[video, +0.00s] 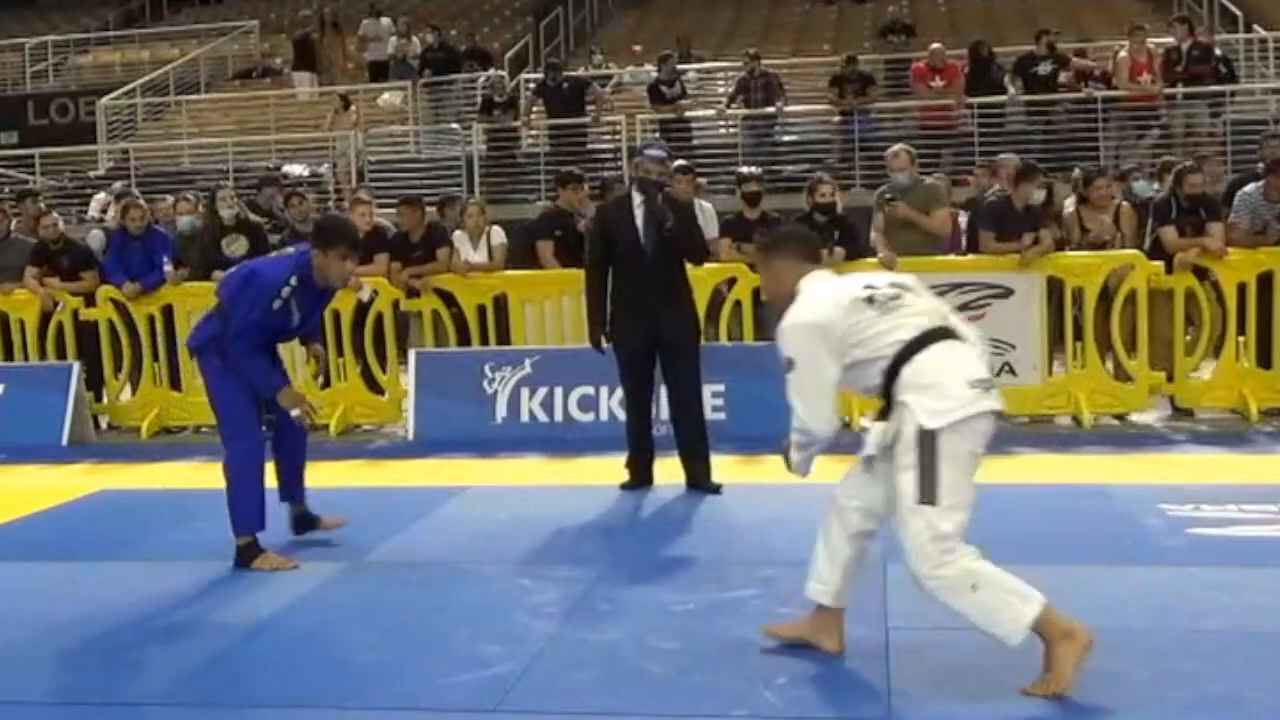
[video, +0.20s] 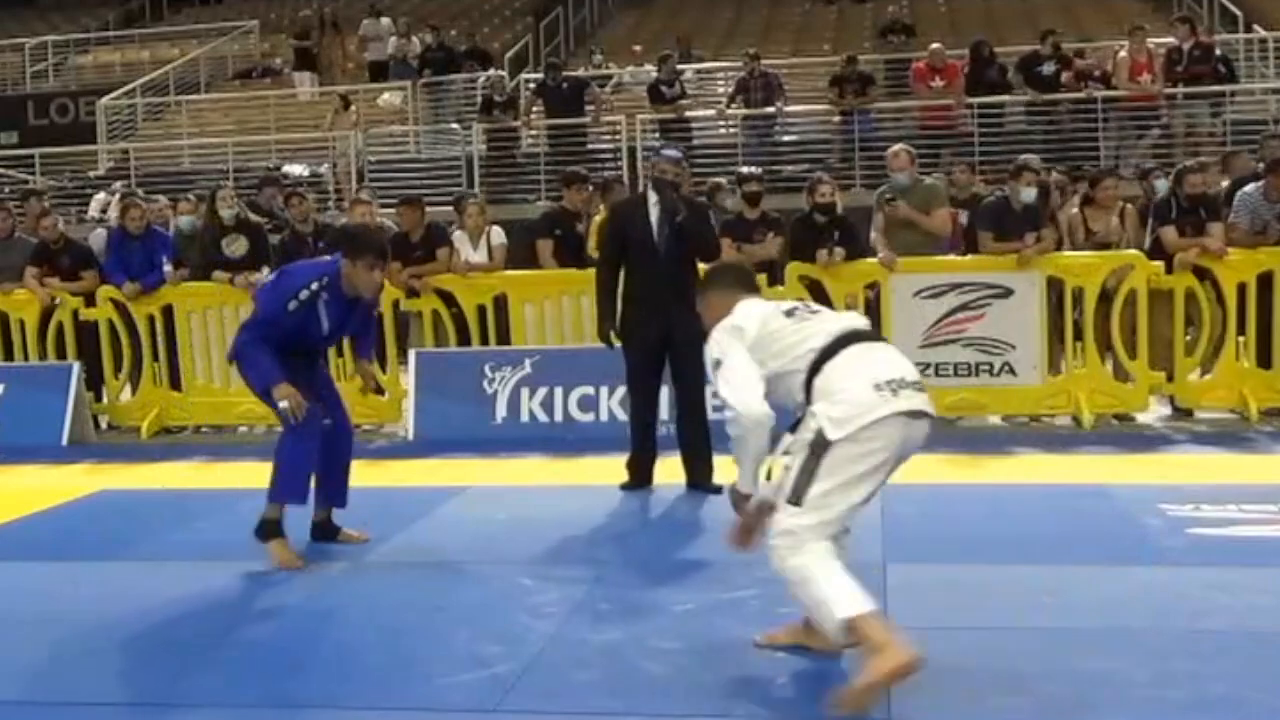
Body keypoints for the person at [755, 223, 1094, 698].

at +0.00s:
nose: (761, 288)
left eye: (762, 275)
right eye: (759, 275)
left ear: (782, 271)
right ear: (814, 262)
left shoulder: (804, 318)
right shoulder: (874, 279)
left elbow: (817, 423)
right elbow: (959, 335)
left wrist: (798, 454)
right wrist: (890, 419)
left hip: (940, 405)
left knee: (934, 555)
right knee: (852, 503)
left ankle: (1061, 633)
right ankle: (824, 619)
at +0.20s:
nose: (704, 322)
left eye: (704, 314)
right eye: (702, 314)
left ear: (713, 307)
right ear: (752, 295)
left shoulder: (726, 333)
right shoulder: (794, 313)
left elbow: (752, 411)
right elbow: (811, 422)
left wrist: (745, 488)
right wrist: (765, 502)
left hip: (856, 411)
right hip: (911, 407)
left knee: (792, 538)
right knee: (826, 522)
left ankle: (885, 647)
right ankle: (823, 627)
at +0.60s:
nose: (585, 297)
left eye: (583, 289)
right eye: (583, 290)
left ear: (590, 285)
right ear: (635, 273)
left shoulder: (594, 332)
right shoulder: (703, 298)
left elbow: (600, 448)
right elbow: (787, 374)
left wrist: (619, 452)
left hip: (704, 432)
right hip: (773, 421)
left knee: (661, 581)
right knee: (715, 520)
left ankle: (751, 705)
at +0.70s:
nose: (569, 301)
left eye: (567, 294)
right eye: (570, 295)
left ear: (573, 289)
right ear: (620, 279)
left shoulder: (569, 333)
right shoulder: (684, 300)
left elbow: (567, 446)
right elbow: (759, 374)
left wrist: (600, 469)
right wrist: (747, 445)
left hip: (662, 437)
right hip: (730, 434)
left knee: (642, 579)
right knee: (645, 532)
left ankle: (747, 700)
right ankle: (618, 641)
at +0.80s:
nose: (564, 307)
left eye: (563, 302)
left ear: (565, 300)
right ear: (613, 293)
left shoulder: (551, 335)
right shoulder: (666, 316)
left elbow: (530, 440)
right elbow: (735, 400)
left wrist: (558, 482)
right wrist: (718, 462)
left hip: (615, 436)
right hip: (686, 433)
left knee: (598, 575)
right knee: (641, 538)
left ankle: (698, 677)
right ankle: (618, 644)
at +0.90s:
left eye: (551, 305)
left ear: (551, 304)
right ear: (600, 299)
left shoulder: (530, 335)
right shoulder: (644, 324)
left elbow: (493, 423)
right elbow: (704, 432)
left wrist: (521, 480)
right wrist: (672, 471)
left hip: (582, 434)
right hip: (652, 432)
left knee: (561, 560)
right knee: (628, 536)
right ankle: (616, 649)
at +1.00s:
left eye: (529, 290)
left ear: (528, 293)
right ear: (577, 294)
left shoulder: (502, 321)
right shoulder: (616, 317)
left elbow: (462, 392)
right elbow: (664, 416)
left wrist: (480, 476)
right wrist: (635, 458)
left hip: (551, 423)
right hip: (627, 422)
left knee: (516, 556)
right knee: (614, 530)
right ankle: (612, 645)